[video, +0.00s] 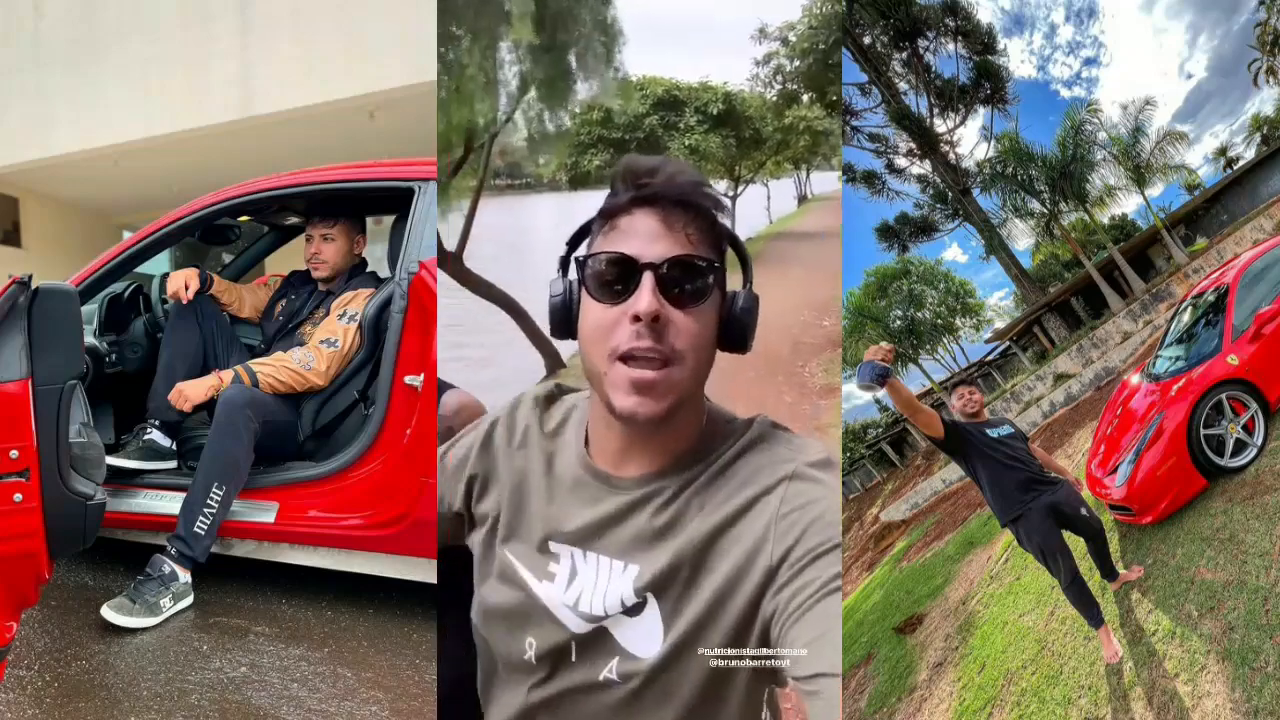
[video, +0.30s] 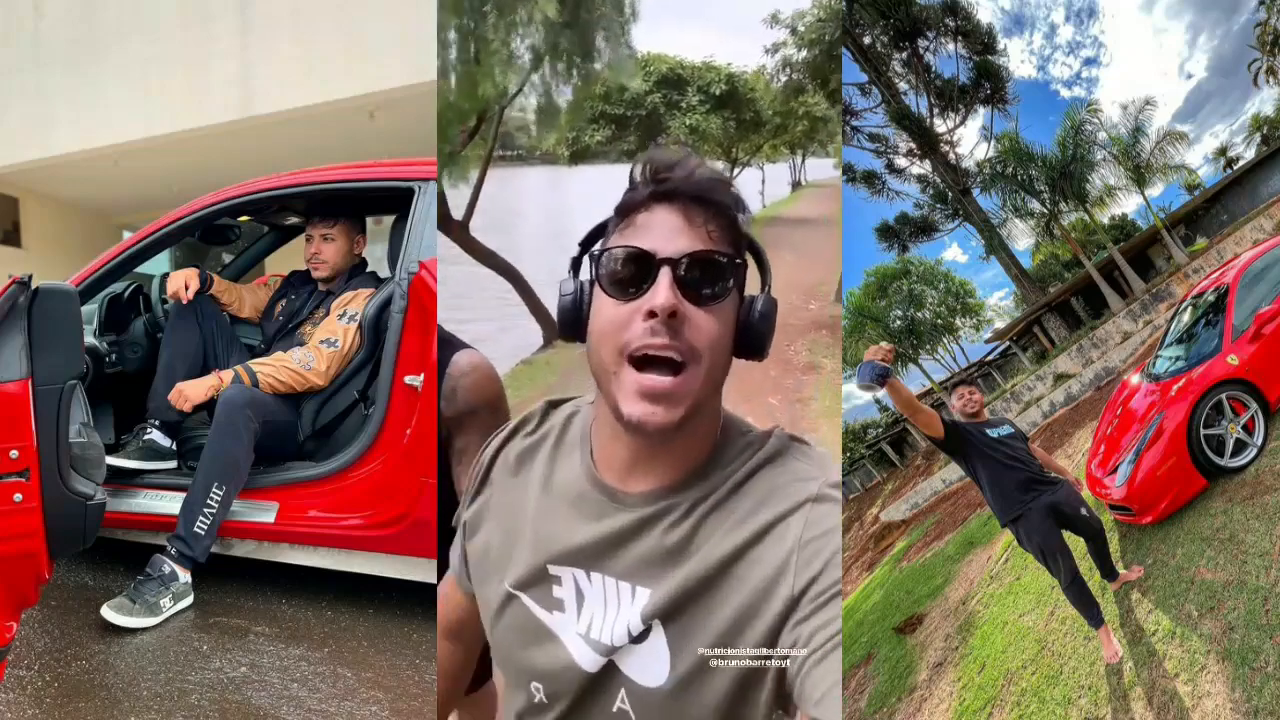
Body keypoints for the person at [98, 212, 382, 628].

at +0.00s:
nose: (314, 249)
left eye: (328, 239)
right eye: (310, 239)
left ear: (359, 245)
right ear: (304, 243)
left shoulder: (361, 297)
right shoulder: (291, 286)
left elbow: (315, 366)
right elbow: (242, 299)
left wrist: (219, 380)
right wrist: (201, 278)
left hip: (315, 410)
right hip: (265, 388)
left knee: (239, 402)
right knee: (196, 302)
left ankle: (177, 567)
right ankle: (161, 433)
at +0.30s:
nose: (314, 249)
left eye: (328, 239)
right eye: (310, 239)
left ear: (359, 245)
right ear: (304, 243)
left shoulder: (361, 297)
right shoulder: (291, 286)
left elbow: (315, 366)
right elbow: (242, 299)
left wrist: (219, 380)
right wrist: (201, 278)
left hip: (315, 410)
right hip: (265, 388)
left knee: (239, 402)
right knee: (196, 302)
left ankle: (177, 567)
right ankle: (161, 433)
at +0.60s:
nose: (314, 249)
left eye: (328, 239)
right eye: (310, 239)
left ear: (358, 244)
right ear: (303, 243)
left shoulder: (361, 297)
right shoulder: (292, 286)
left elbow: (315, 366)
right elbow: (244, 299)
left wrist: (219, 381)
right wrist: (203, 279)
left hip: (315, 411)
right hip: (265, 389)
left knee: (239, 402)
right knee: (197, 303)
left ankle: (177, 568)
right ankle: (161, 433)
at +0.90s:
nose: (315, 249)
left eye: (328, 239)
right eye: (310, 239)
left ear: (358, 245)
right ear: (304, 244)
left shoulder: (361, 297)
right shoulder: (292, 286)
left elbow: (315, 366)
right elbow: (243, 299)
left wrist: (219, 381)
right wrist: (203, 279)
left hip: (315, 411)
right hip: (265, 389)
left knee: (239, 402)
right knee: (196, 303)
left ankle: (177, 568)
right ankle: (161, 433)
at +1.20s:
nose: (315, 249)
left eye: (328, 239)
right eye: (310, 239)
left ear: (358, 245)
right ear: (304, 244)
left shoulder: (361, 297)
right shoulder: (292, 286)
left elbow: (315, 366)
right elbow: (243, 299)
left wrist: (219, 380)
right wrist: (203, 279)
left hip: (315, 410)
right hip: (265, 388)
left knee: (239, 402)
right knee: (196, 303)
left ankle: (177, 568)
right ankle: (161, 433)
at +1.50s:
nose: (315, 249)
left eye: (328, 239)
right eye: (310, 239)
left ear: (358, 245)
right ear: (304, 244)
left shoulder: (361, 297)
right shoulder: (292, 286)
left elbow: (315, 366)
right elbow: (243, 299)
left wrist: (219, 381)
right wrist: (203, 279)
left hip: (315, 411)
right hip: (265, 389)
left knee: (239, 402)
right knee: (196, 303)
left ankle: (177, 568)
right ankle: (161, 433)